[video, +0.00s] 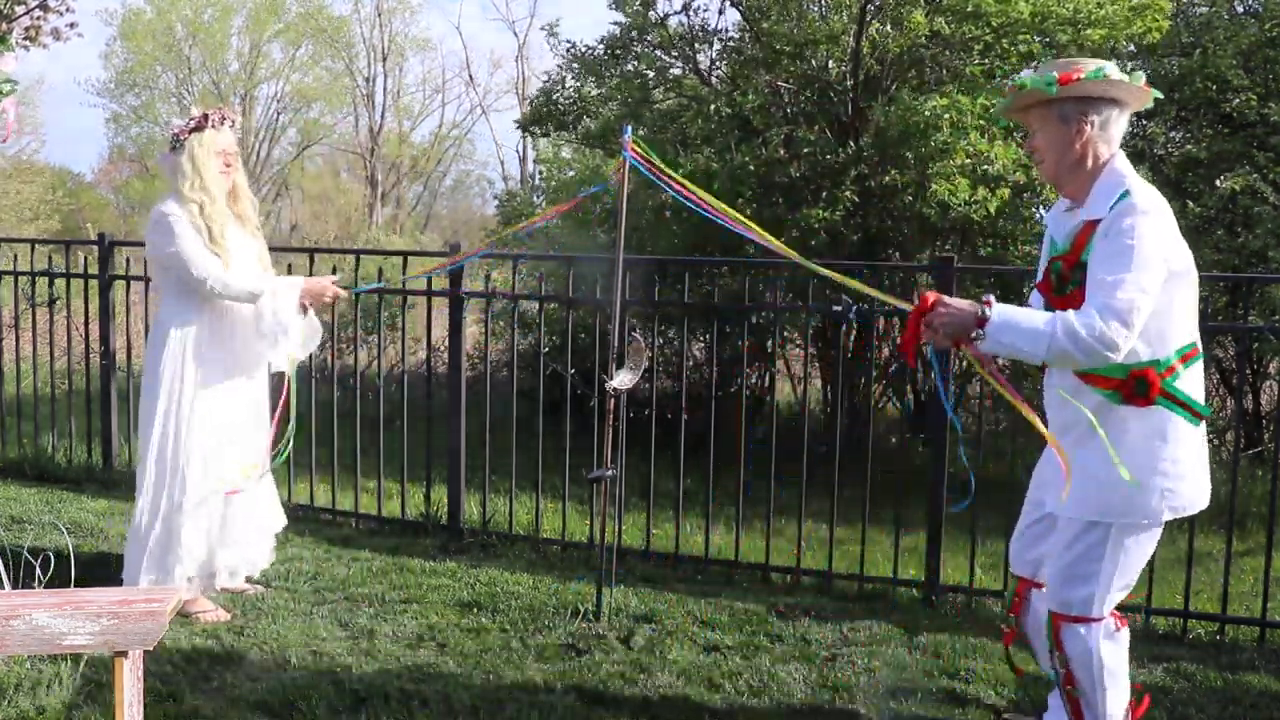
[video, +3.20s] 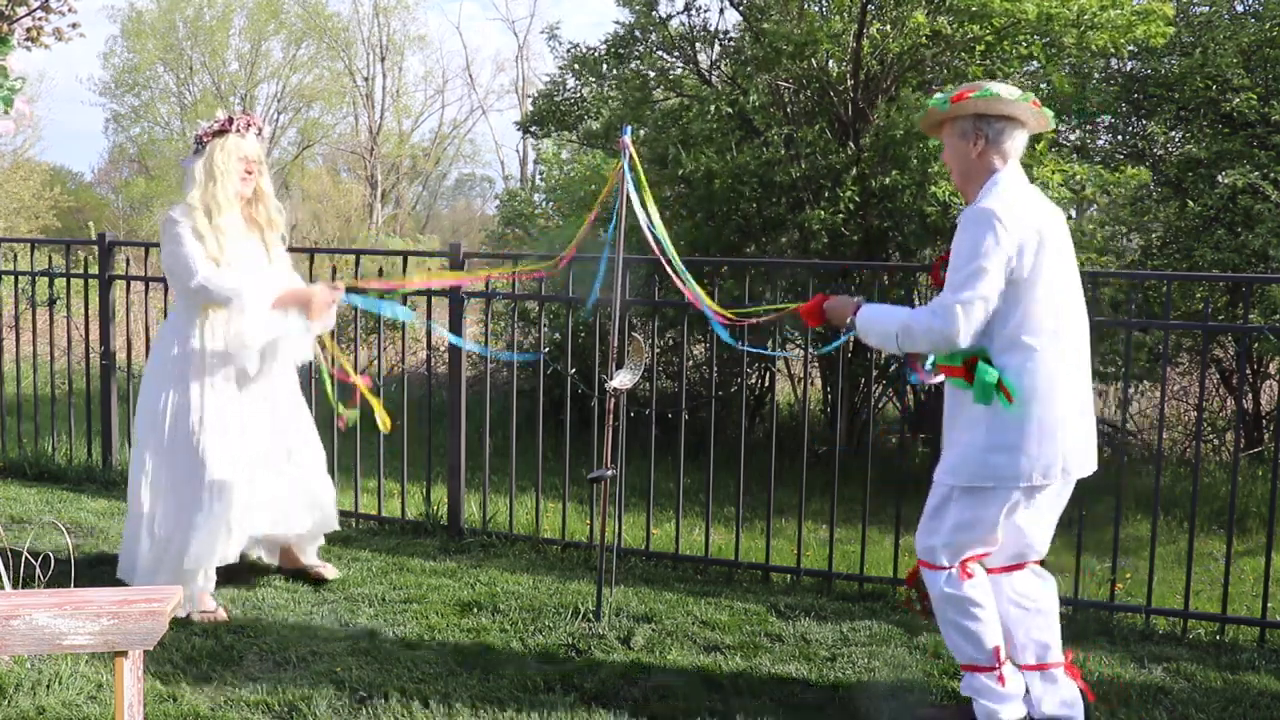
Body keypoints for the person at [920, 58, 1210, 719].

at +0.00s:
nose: (1025, 150)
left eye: (1033, 134)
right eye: (1023, 136)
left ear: (1083, 132)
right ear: (1076, 136)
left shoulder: (1136, 217)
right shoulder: (1063, 216)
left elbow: (1110, 334)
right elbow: (1059, 324)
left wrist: (985, 322)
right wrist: (983, 333)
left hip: (1135, 451)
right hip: (1076, 439)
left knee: (1078, 606)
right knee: (1032, 581)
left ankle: (1102, 713)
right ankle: (1074, 703)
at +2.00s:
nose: (1024, 147)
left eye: (1034, 132)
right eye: (1023, 133)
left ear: (1080, 140)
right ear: (1062, 142)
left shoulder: (1133, 225)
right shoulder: (1047, 224)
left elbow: (1095, 347)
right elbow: (1020, 319)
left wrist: (975, 333)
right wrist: (948, 318)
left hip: (1111, 472)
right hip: (1049, 464)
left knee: (1064, 621)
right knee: (1024, 606)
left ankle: (1096, 713)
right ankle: (1059, 705)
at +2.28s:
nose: (1008, 126)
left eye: (1014, 112)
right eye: (1008, 113)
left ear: (1053, 115)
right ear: (1059, 115)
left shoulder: (1084, 196)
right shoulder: (1066, 188)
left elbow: (1005, 305)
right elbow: (1012, 270)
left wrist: (915, 262)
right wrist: (939, 223)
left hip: (1099, 431)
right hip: (1063, 424)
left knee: (1095, 598)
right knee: (1026, 543)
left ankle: (1105, 713)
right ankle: (1071, 681)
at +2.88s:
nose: (974, 140)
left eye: (980, 127)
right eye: (975, 127)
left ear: (1012, 130)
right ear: (1037, 132)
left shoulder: (999, 201)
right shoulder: (1085, 197)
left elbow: (929, 296)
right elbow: (1036, 284)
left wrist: (880, 265)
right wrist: (950, 263)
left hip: (1032, 414)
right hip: (1103, 416)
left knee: (996, 554)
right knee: (1054, 554)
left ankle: (1070, 698)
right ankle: (1054, 685)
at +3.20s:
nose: (941, 160)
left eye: (946, 144)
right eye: (941, 146)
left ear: (981, 143)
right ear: (998, 145)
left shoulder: (990, 215)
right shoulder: (1043, 213)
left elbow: (953, 324)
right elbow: (1024, 337)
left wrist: (858, 313)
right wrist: (936, 350)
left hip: (1004, 435)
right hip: (1059, 435)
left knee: (945, 553)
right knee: (1014, 560)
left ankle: (996, 702)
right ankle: (1055, 700)